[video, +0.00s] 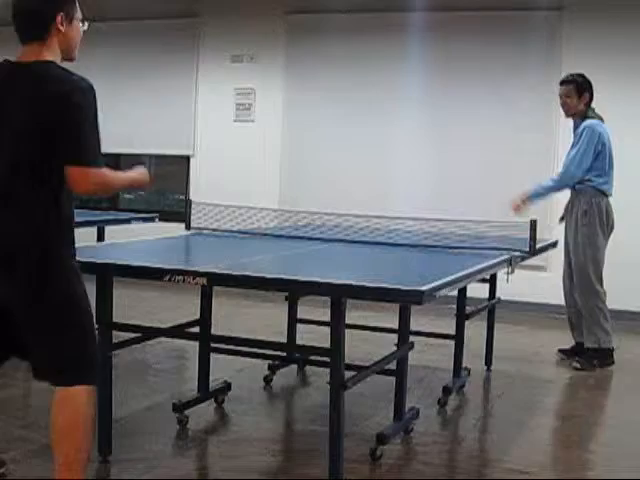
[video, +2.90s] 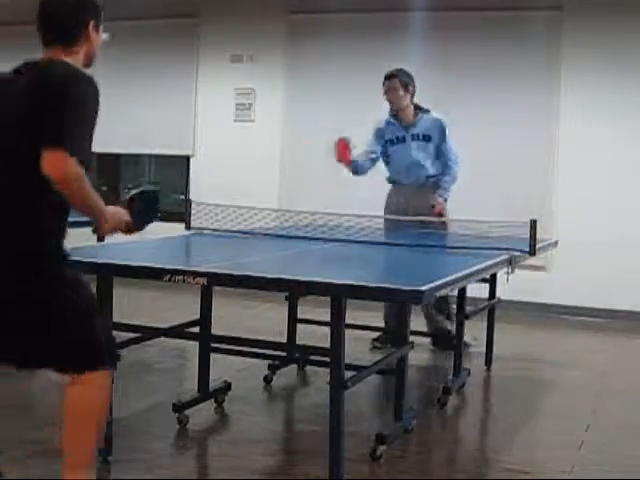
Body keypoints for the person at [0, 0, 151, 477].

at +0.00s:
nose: (83, 31)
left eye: (82, 20)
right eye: (80, 20)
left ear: (25, 25)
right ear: (60, 24)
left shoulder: (6, 77)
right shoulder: (70, 88)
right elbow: (83, 180)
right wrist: (132, 177)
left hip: (5, 250)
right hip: (39, 255)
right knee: (76, 370)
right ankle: (70, 475)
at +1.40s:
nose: (57, 49)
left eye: (58, 39)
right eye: (54, 38)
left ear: (18, 36)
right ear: (26, 37)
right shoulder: (30, 97)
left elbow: (87, 166)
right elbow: (91, 169)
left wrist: (167, 209)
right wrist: (170, 210)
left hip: (2, 248)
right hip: (0, 249)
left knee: (25, 351)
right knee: (29, 353)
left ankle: (14, 468)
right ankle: (12, 470)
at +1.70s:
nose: (81, 36)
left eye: (81, 25)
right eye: (79, 25)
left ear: (22, 25)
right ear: (59, 29)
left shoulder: (4, 70)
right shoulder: (73, 92)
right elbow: (110, 161)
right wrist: (137, 158)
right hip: (22, 255)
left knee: (21, 374)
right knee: (31, 379)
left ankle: (14, 467)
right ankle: (15, 473)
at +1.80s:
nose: (76, 33)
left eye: (77, 23)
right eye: (75, 22)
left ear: (22, 19)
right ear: (59, 23)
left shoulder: (2, 66)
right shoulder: (73, 89)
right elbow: (81, 173)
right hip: (26, 247)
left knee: (21, 367)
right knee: (28, 372)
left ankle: (15, 465)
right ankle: (17, 471)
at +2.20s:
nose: (70, 25)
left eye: (70, 17)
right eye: (70, 16)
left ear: (10, 15)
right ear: (58, 15)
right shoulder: (60, 71)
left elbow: (108, 133)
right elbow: (109, 133)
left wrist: (105, 195)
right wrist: (110, 195)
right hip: (18, 236)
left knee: (34, 359)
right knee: (36, 363)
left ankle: (13, 465)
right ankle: (13, 468)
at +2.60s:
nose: (80, 43)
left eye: (78, 34)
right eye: (79, 34)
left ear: (23, 34)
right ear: (68, 35)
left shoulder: (3, 78)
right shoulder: (62, 86)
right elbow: (69, 164)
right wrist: (104, 205)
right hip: (19, 258)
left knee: (28, 373)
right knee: (45, 380)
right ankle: (10, 471)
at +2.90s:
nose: (101, 40)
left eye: (101, 30)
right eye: (101, 30)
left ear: (44, 31)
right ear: (90, 32)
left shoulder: (12, 79)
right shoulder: (73, 84)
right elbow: (58, 164)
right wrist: (101, 213)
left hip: (7, 253)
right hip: (30, 259)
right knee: (94, 361)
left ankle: (80, 457)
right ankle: (79, 471)